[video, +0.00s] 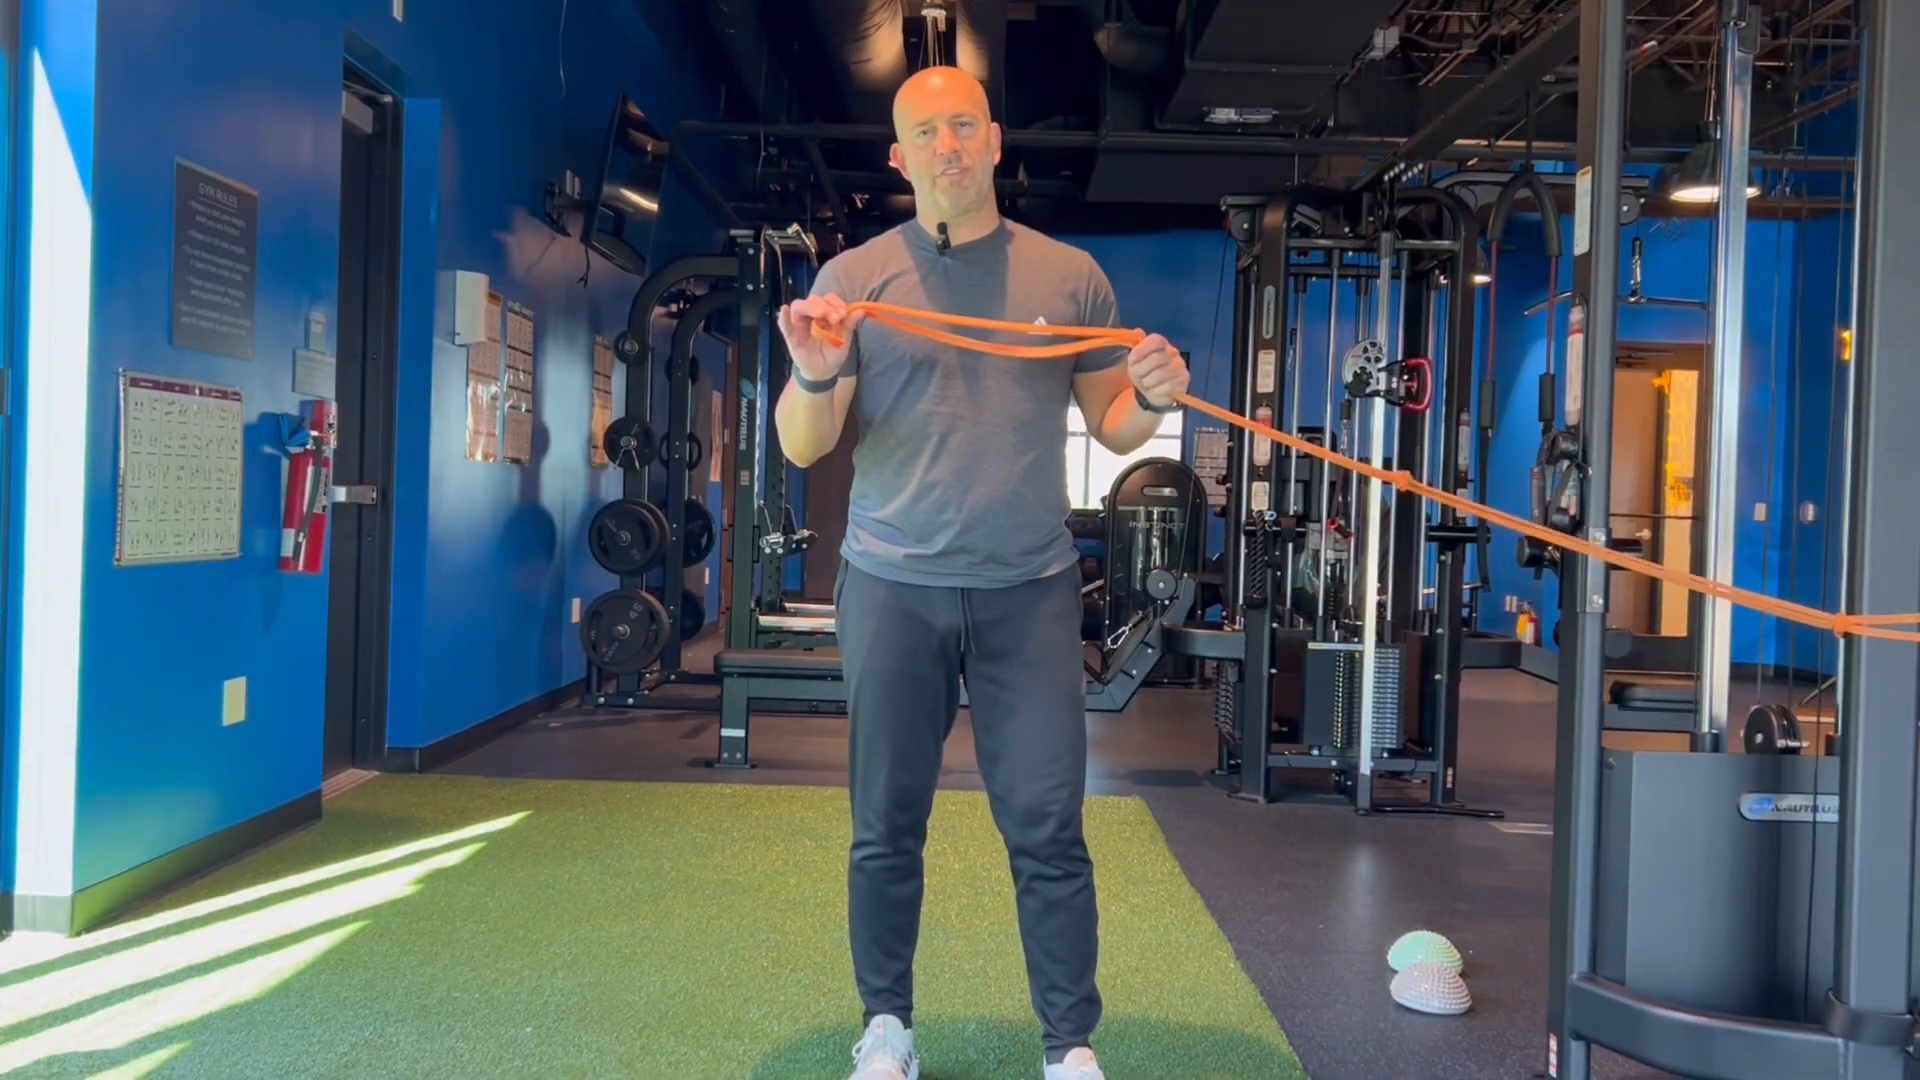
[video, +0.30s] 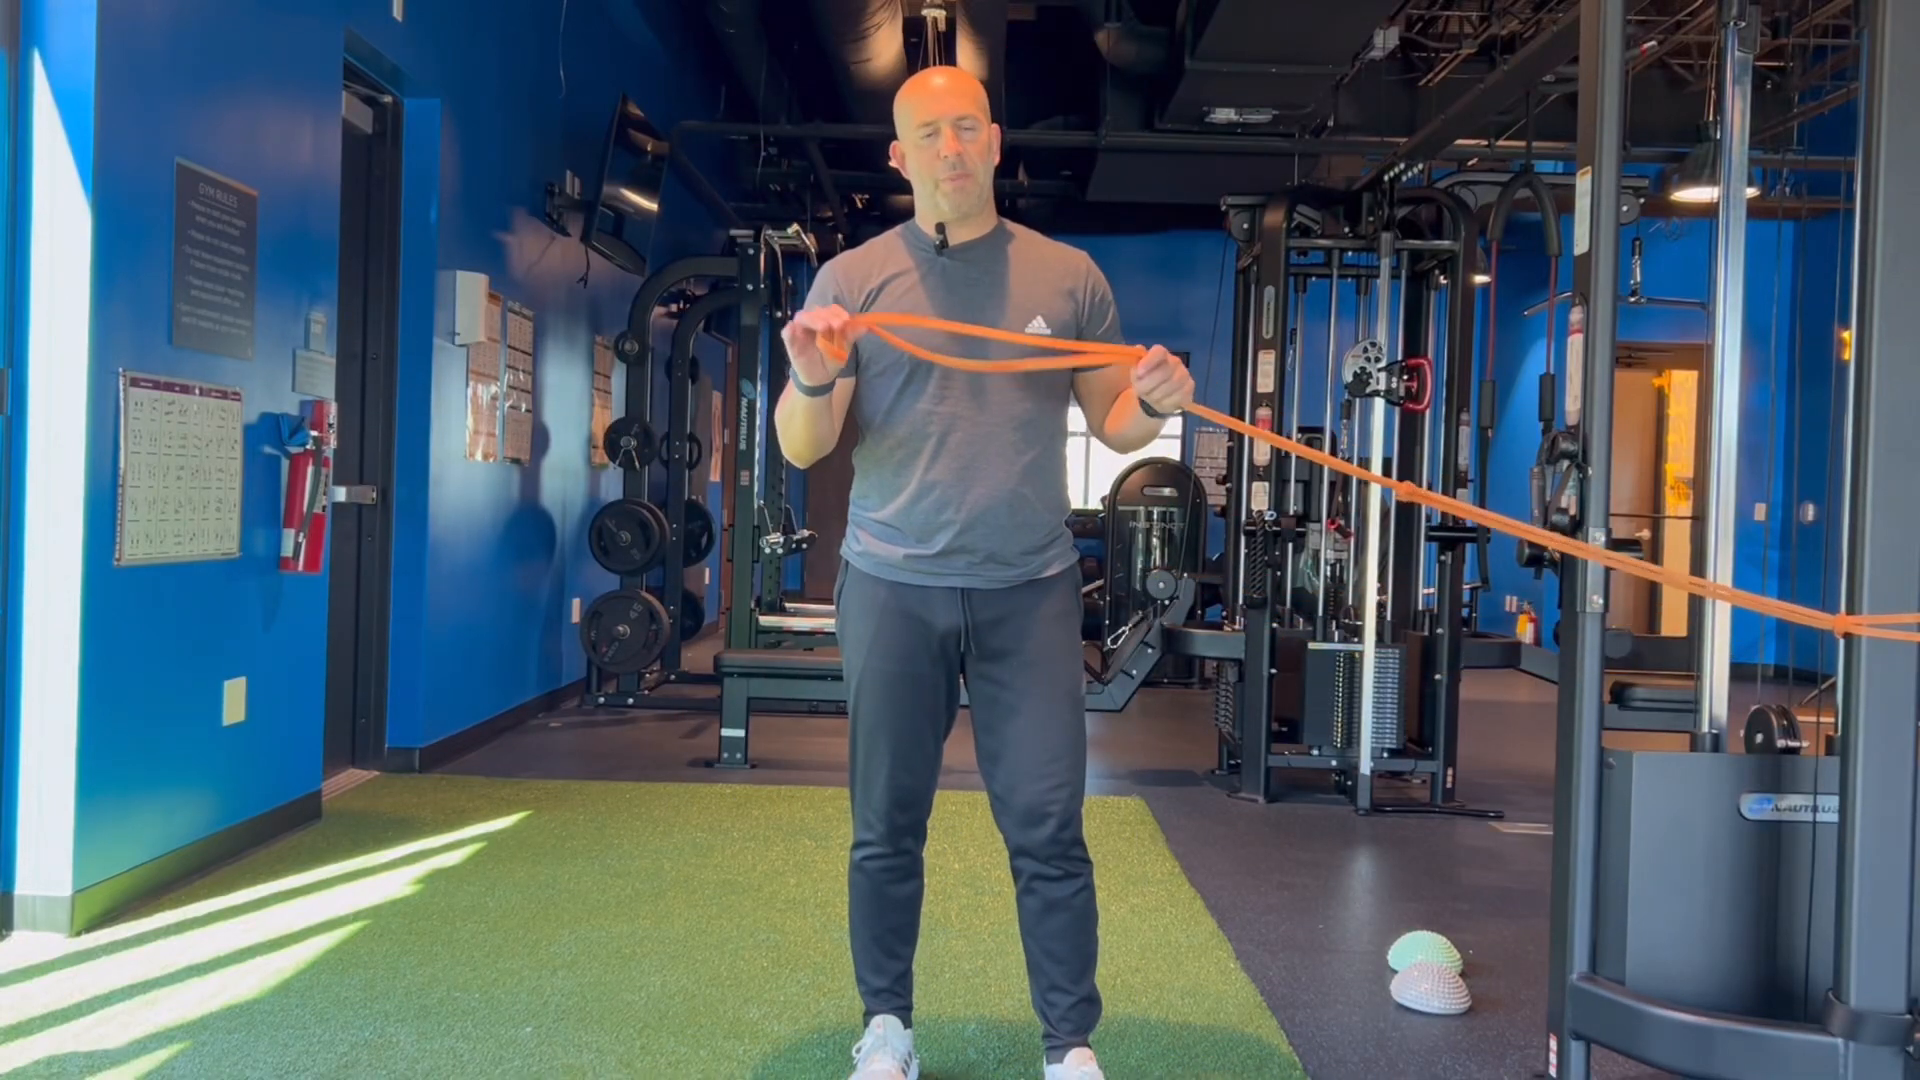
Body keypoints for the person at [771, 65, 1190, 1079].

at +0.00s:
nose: (949, 142)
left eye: (964, 123)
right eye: (928, 129)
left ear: (997, 142)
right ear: (899, 157)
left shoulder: (1069, 276)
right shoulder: (854, 278)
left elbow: (1115, 428)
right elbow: (803, 448)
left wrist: (1153, 394)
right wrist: (815, 378)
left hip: (1031, 586)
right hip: (892, 585)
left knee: (1047, 823)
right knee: (887, 823)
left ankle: (1070, 1043)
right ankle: (886, 1023)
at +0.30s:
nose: (953, 144)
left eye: (967, 125)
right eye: (931, 131)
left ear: (997, 142)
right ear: (900, 158)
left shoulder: (1068, 276)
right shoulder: (852, 281)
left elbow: (1116, 427)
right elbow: (801, 449)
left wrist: (1153, 397)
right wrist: (813, 385)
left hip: (1031, 585)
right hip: (892, 585)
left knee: (1048, 823)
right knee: (887, 824)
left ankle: (1070, 1043)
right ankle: (886, 1022)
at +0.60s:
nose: (987, 171)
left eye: (998, 151)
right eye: (964, 153)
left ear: (1011, 155)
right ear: (912, 161)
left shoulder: (1062, 280)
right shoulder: (844, 284)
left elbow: (1128, 415)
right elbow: (784, 442)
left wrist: (1179, 393)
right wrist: (813, 413)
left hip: (1030, 587)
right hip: (892, 588)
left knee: (1047, 824)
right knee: (886, 825)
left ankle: (1071, 1042)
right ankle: (887, 1021)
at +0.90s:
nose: (1026, 178)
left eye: (1034, 159)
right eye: (1005, 160)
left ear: (1038, 161)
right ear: (944, 160)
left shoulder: (1072, 280)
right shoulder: (860, 280)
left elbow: (1171, 397)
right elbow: (781, 422)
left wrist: (1198, 356)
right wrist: (841, 442)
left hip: (1044, 594)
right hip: (910, 594)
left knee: (1069, 824)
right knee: (891, 835)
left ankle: (1069, 1041)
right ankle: (882, 1034)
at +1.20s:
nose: (1121, 177)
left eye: (1125, 158)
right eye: (1106, 156)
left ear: (1087, 159)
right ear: (1035, 150)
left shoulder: (1130, 282)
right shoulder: (924, 269)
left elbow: (1206, 411)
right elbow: (843, 414)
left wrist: (1241, 381)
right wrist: (897, 444)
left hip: (1092, 595)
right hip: (961, 591)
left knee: (1091, 836)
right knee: (922, 829)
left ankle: (1071, 1048)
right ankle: (885, 1032)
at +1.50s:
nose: (1161, 178)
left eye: (1167, 159)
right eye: (1149, 155)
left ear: (1101, 154)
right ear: (1079, 144)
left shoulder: (1154, 292)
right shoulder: (950, 256)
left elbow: (1218, 422)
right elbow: (860, 408)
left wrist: (1285, 486)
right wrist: (916, 347)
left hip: (1106, 593)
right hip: (979, 578)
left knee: (1096, 834)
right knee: (960, 798)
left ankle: (1073, 1047)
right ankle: (856, 1006)